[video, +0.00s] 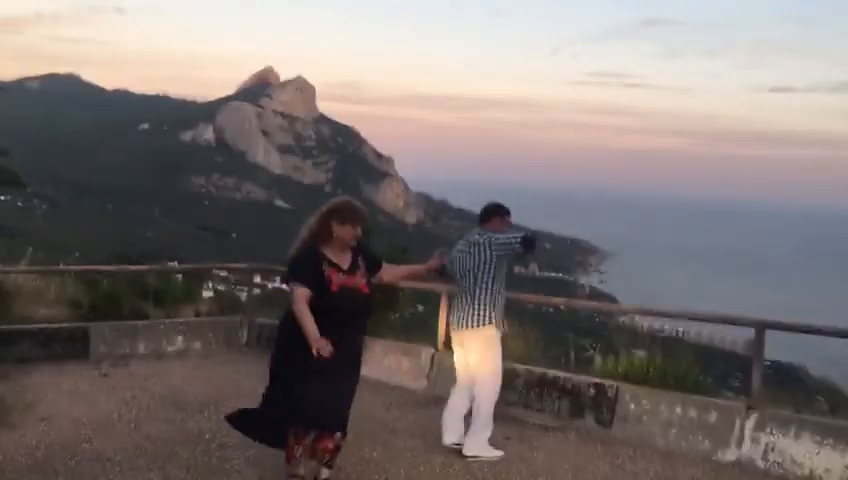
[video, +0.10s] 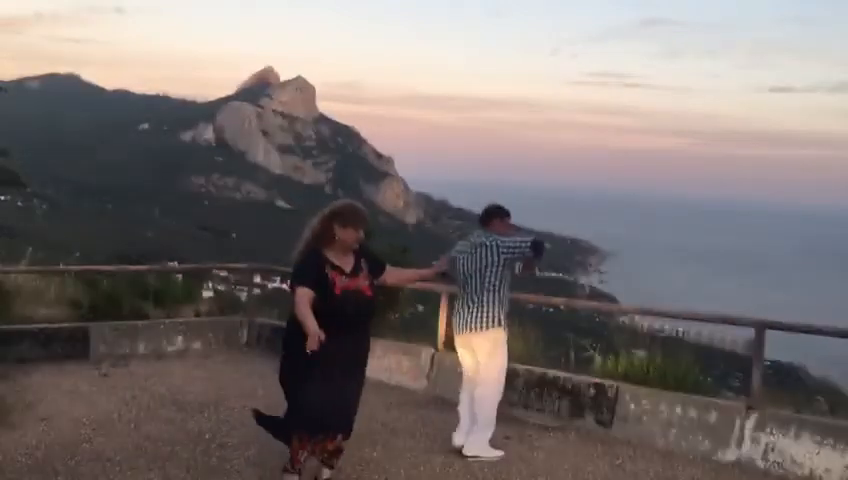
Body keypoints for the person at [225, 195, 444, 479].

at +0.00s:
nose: (357, 232)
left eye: (359, 227)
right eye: (352, 226)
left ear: (356, 230)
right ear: (333, 226)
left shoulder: (360, 258)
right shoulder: (308, 257)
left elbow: (390, 273)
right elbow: (299, 301)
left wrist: (428, 266)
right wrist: (315, 338)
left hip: (346, 347)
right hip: (307, 345)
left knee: (336, 410)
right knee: (303, 407)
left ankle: (323, 468)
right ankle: (297, 468)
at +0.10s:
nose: (360, 235)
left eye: (361, 230)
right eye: (353, 229)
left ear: (361, 232)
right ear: (335, 229)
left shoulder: (363, 261)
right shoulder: (313, 260)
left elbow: (392, 276)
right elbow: (302, 303)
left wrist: (432, 271)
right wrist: (312, 329)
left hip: (351, 352)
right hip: (315, 350)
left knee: (343, 413)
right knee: (308, 410)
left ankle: (326, 470)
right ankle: (295, 469)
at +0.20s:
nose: (363, 236)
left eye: (365, 230)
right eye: (357, 230)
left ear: (366, 233)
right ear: (339, 230)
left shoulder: (367, 261)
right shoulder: (317, 260)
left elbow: (394, 284)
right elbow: (304, 292)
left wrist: (435, 286)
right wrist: (313, 307)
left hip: (353, 345)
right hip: (316, 346)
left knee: (346, 402)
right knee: (316, 401)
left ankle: (333, 462)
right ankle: (307, 460)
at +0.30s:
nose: (373, 230)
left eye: (374, 224)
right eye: (367, 223)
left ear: (366, 227)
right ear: (348, 223)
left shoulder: (372, 259)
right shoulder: (323, 251)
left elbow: (393, 290)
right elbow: (305, 282)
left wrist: (432, 305)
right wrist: (326, 286)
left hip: (351, 346)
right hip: (314, 345)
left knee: (343, 412)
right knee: (312, 411)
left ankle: (330, 467)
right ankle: (303, 469)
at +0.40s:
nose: (377, 226)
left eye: (377, 220)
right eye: (372, 220)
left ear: (360, 223)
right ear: (355, 221)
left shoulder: (375, 259)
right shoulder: (328, 247)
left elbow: (389, 295)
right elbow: (308, 274)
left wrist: (419, 318)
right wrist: (341, 267)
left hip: (351, 346)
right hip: (313, 341)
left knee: (336, 406)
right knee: (308, 403)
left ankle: (325, 464)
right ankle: (301, 466)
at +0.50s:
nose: (379, 227)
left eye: (379, 221)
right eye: (375, 221)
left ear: (363, 224)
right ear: (357, 221)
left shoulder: (373, 263)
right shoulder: (332, 247)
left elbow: (384, 299)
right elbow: (316, 271)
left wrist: (411, 324)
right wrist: (353, 258)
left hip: (351, 351)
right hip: (316, 343)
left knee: (337, 407)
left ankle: (322, 465)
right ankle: (298, 466)